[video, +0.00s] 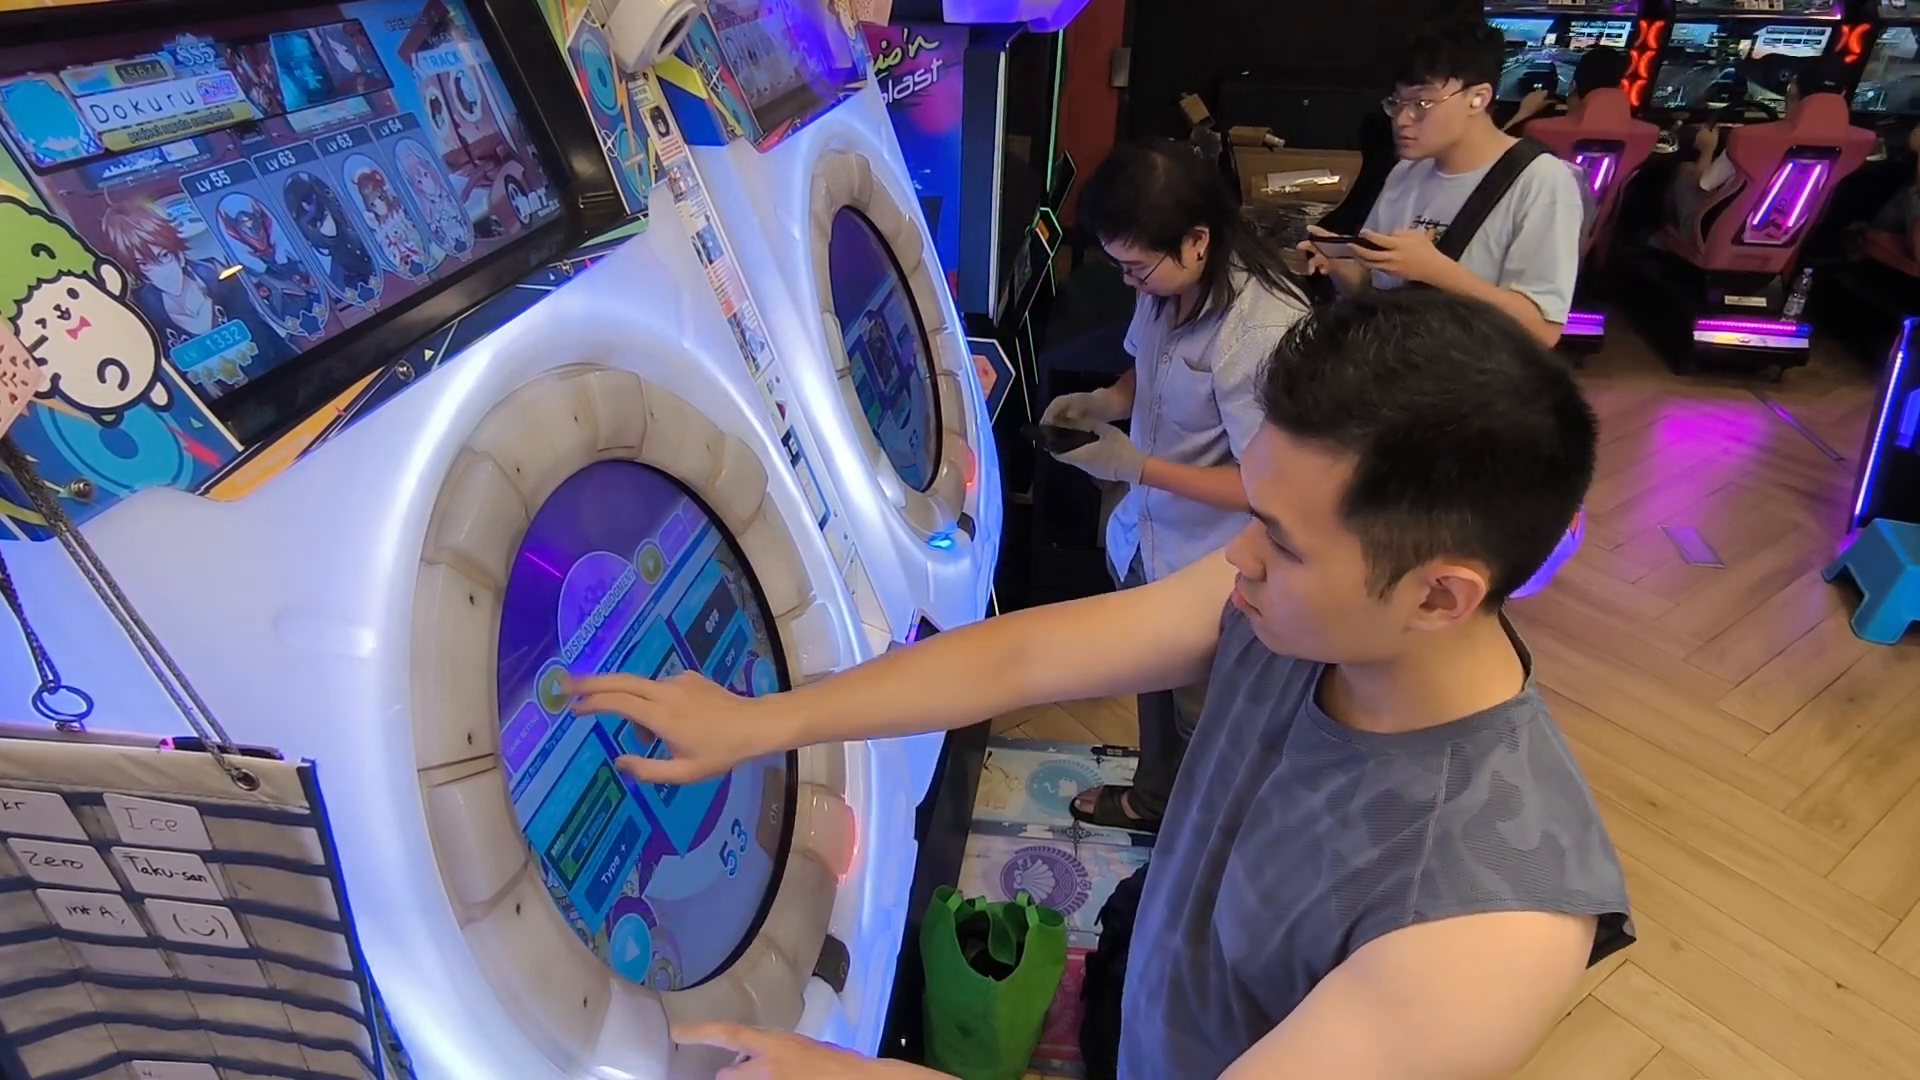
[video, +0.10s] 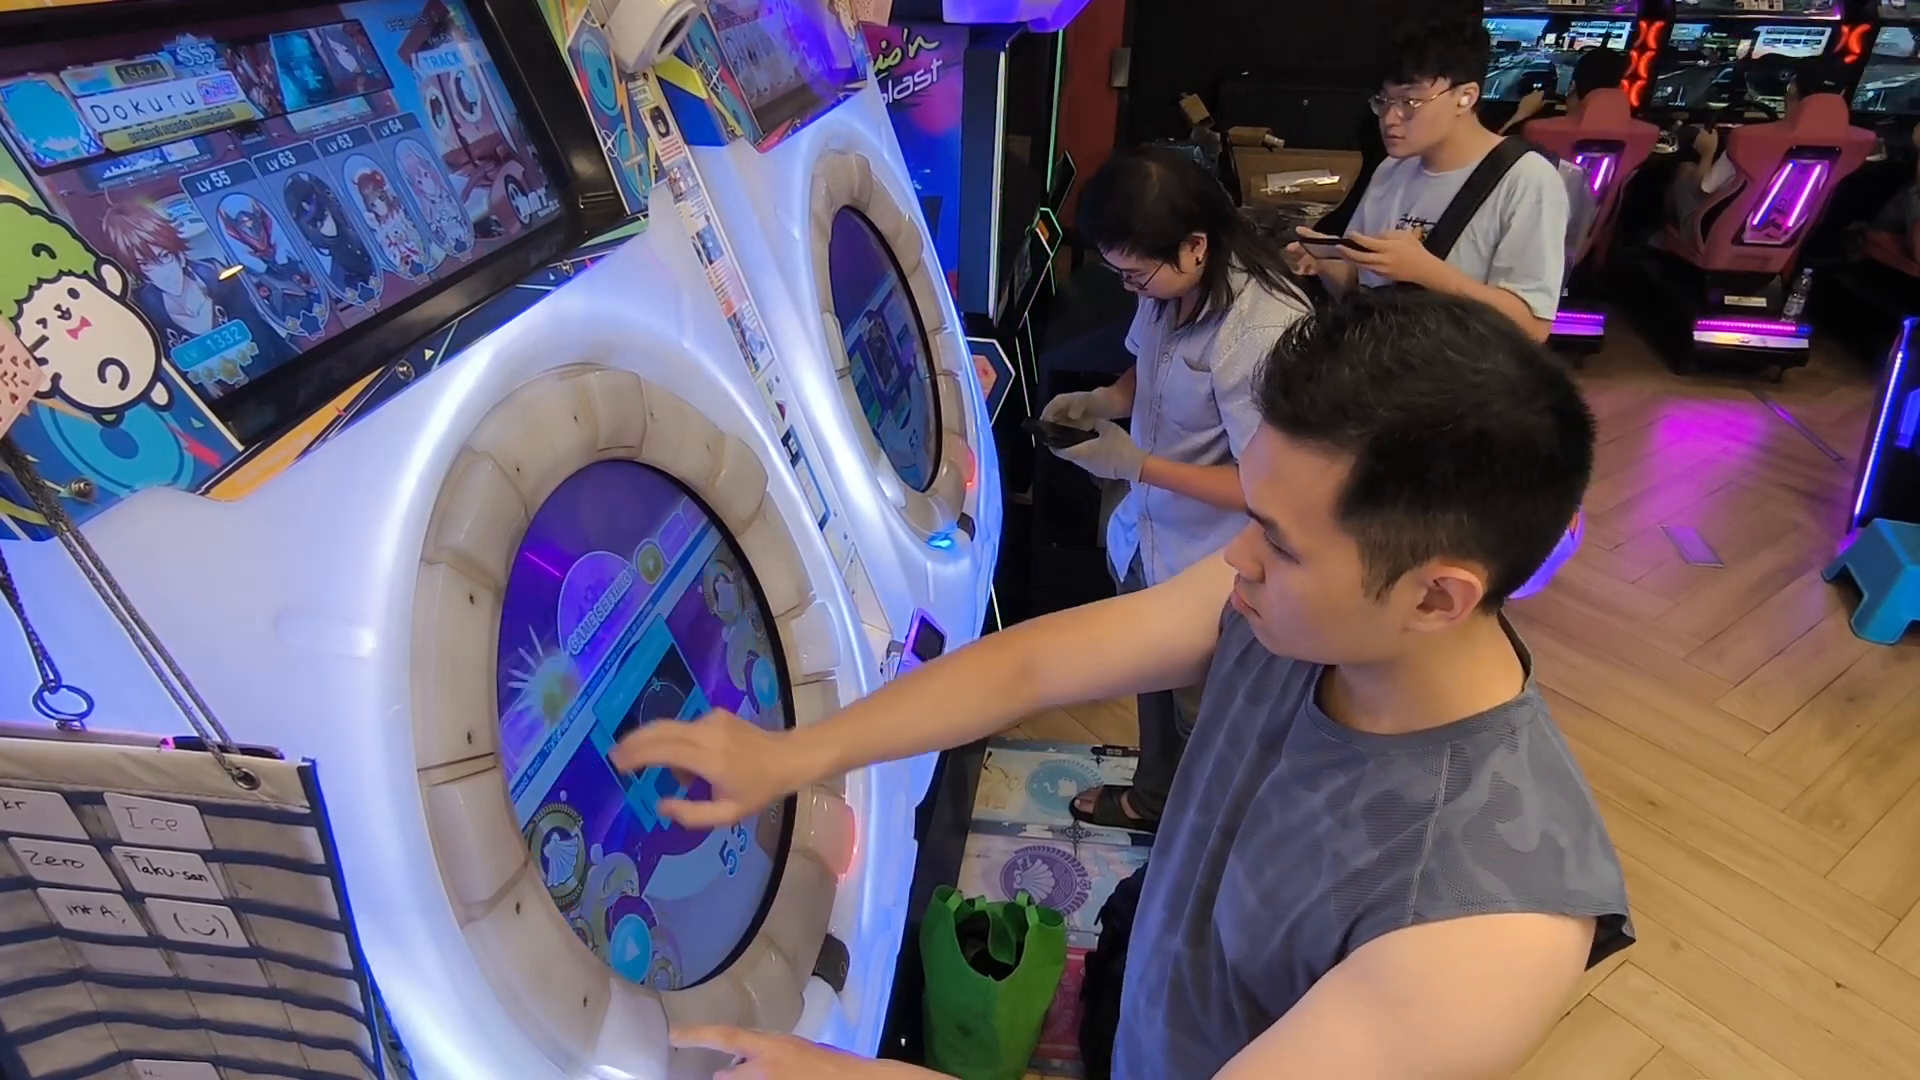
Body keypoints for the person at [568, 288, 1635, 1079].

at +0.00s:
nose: (1233, 553)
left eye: (1283, 543)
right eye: (1248, 509)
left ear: (1443, 594)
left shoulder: (1492, 915)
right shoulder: (1284, 587)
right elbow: (1018, 656)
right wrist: (760, 719)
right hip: (1138, 1016)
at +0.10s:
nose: (1229, 558)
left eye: (1281, 547)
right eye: (1247, 514)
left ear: (1442, 596)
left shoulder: (1492, 917)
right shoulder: (1287, 590)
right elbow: (1032, 664)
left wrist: (874, 1078)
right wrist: (795, 754)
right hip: (1137, 992)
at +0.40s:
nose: (1218, 556)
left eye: (1265, 546)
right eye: (1236, 517)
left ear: (1425, 595)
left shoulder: (1478, 915)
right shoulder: (1293, 608)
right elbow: (1080, 715)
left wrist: (816, 1068)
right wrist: (883, 837)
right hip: (1131, 1018)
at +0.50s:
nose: (1214, 562)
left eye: (1258, 550)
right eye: (1230, 524)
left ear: (1416, 593)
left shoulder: (1475, 911)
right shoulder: (1297, 612)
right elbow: (1097, 718)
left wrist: (821, 1066)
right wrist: (902, 837)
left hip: (1189, 1073)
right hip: (1132, 1012)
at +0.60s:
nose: (1205, 564)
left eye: (1242, 551)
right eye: (1217, 525)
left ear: (1403, 594)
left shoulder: (1475, 913)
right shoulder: (1300, 624)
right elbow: (1115, 718)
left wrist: (872, 1066)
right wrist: (933, 832)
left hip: (1182, 1074)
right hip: (1130, 1006)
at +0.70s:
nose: (1202, 571)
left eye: (1234, 555)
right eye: (1210, 532)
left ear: (1390, 594)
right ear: (1379, 587)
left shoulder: (1475, 913)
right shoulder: (1307, 627)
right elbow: (1117, 716)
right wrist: (935, 822)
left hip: (1182, 1072)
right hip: (1129, 1006)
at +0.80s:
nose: (1200, 575)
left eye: (1228, 557)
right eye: (1205, 538)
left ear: (1380, 591)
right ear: (1378, 586)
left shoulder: (1476, 912)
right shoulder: (1305, 625)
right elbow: (1109, 720)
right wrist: (913, 807)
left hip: (1192, 1072)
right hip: (1134, 994)